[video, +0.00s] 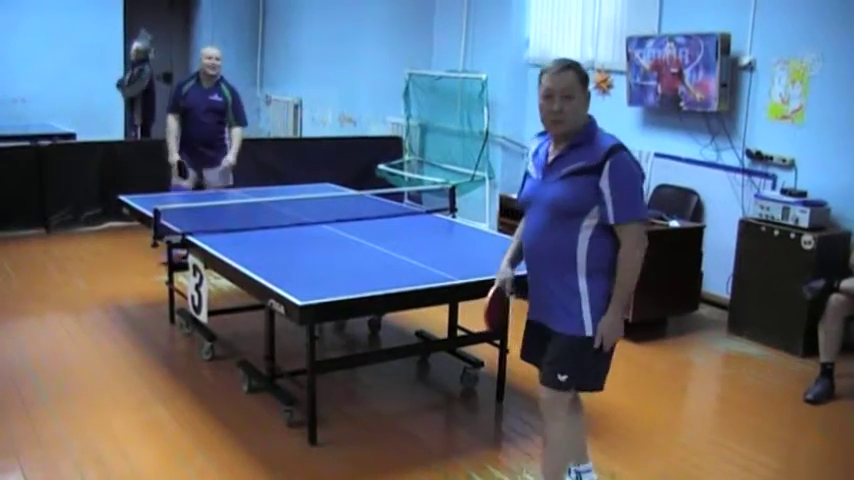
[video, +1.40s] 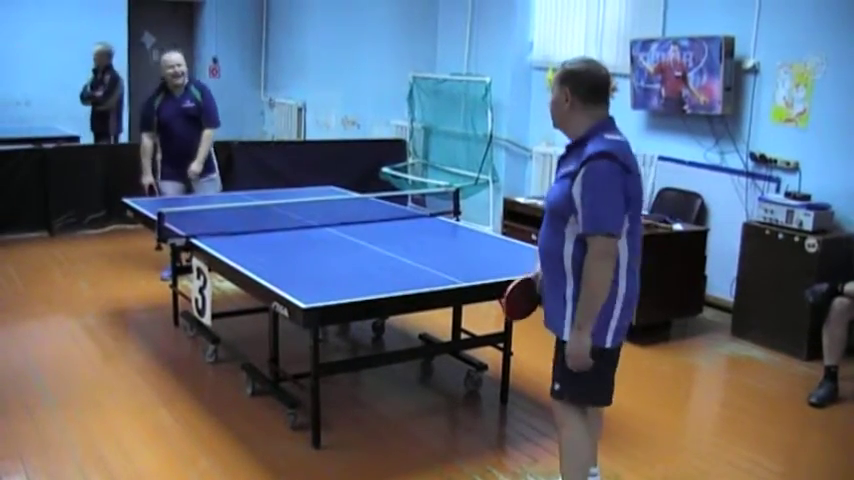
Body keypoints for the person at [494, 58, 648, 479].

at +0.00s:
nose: (554, 106)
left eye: (566, 98)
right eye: (547, 97)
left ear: (587, 100)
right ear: (538, 101)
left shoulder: (613, 160)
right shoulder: (541, 150)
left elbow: (634, 242)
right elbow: (531, 217)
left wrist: (617, 310)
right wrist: (507, 265)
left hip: (586, 305)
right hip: (546, 296)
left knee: (554, 394)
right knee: (560, 388)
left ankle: (552, 476)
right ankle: (580, 470)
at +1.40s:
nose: (549, 104)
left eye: (552, 95)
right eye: (550, 94)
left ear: (566, 98)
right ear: (597, 98)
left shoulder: (602, 164)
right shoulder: (589, 153)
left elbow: (603, 252)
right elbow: (580, 238)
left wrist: (582, 330)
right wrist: (542, 278)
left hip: (588, 319)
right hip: (586, 311)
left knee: (567, 405)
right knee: (585, 404)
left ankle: (574, 475)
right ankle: (586, 470)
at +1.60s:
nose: (548, 102)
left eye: (550, 93)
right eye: (550, 93)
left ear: (562, 98)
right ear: (601, 98)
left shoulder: (580, 160)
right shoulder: (619, 148)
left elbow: (569, 253)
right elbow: (612, 237)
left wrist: (546, 330)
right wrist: (560, 277)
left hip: (591, 310)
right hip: (618, 304)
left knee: (572, 407)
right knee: (598, 399)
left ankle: (576, 477)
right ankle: (590, 470)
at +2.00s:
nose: (556, 103)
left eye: (558, 95)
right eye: (557, 94)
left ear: (567, 98)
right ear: (606, 99)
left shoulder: (578, 154)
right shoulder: (628, 150)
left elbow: (582, 243)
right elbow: (632, 232)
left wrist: (566, 317)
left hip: (590, 310)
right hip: (628, 308)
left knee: (540, 393)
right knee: (613, 392)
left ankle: (557, 476)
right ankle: (611, 476)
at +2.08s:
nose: (550, 106)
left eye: (553, 98)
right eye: (552, 98)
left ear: (561, 102)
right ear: (600, 103)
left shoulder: (573, 157)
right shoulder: (626, 150)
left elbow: (590, 239)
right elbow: (635, 229)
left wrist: (586, 320)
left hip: (587, 308)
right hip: (631, 305)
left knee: (538, 390)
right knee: (615, 391)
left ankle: (543, 474)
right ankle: (612, 475)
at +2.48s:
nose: (520, 110)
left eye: (522, 103)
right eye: (524, 102)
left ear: (528, 105)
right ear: (569, 104)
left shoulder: (531, 158)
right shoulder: (607, 152)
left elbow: (529, 245)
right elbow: (625, 225)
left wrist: (525, 325)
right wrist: (626, 297)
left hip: (558, 311)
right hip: (612, 307)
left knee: (526, 402)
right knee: (607, 390)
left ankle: (514, 475)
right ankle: (611, 474)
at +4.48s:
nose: (597, 117)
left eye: (598, 111)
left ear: (601, 114)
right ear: (644, 113)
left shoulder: (604, 167)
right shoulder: (671, 165)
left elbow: (592, 252)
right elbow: (687, 237)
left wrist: (577, 323)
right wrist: (658, 282)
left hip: (622, 315)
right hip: (670, 312)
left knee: (578, 401)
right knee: (664, 384)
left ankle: (586, 473)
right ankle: (671, 462)